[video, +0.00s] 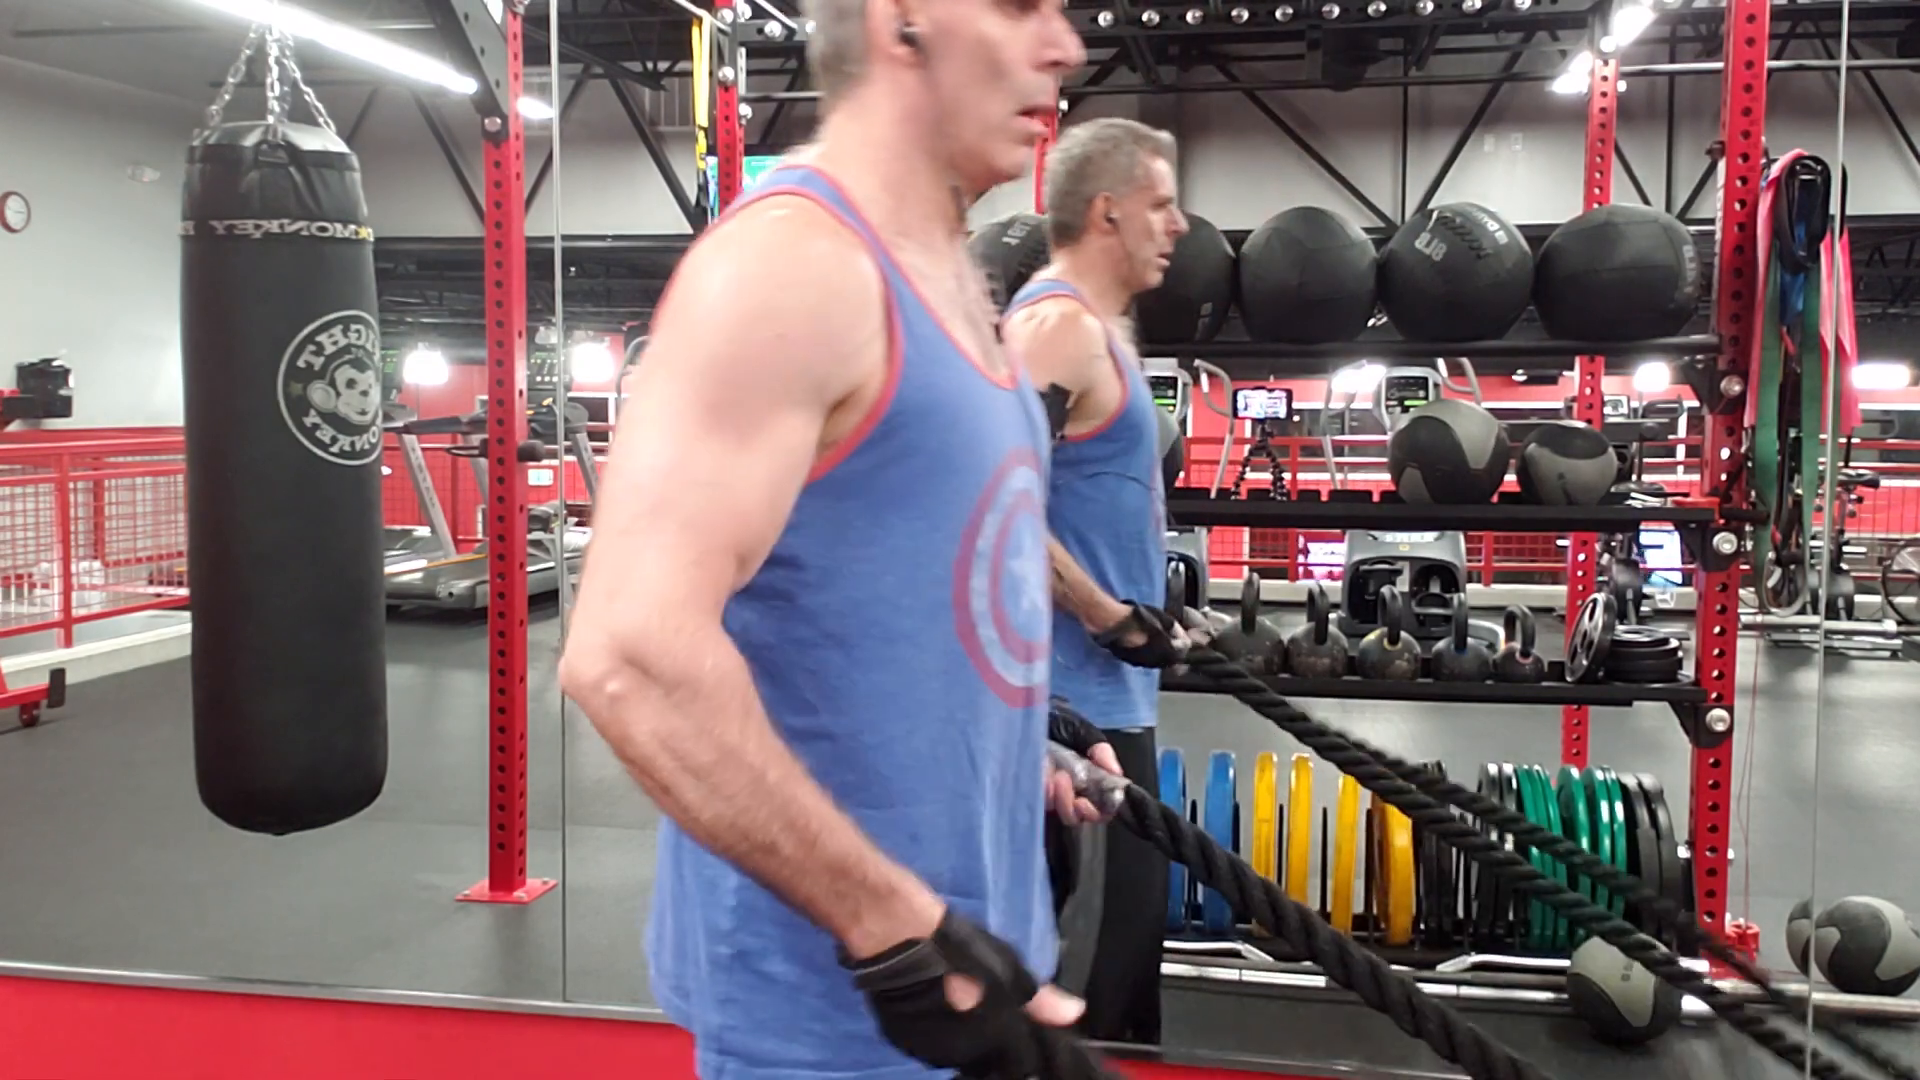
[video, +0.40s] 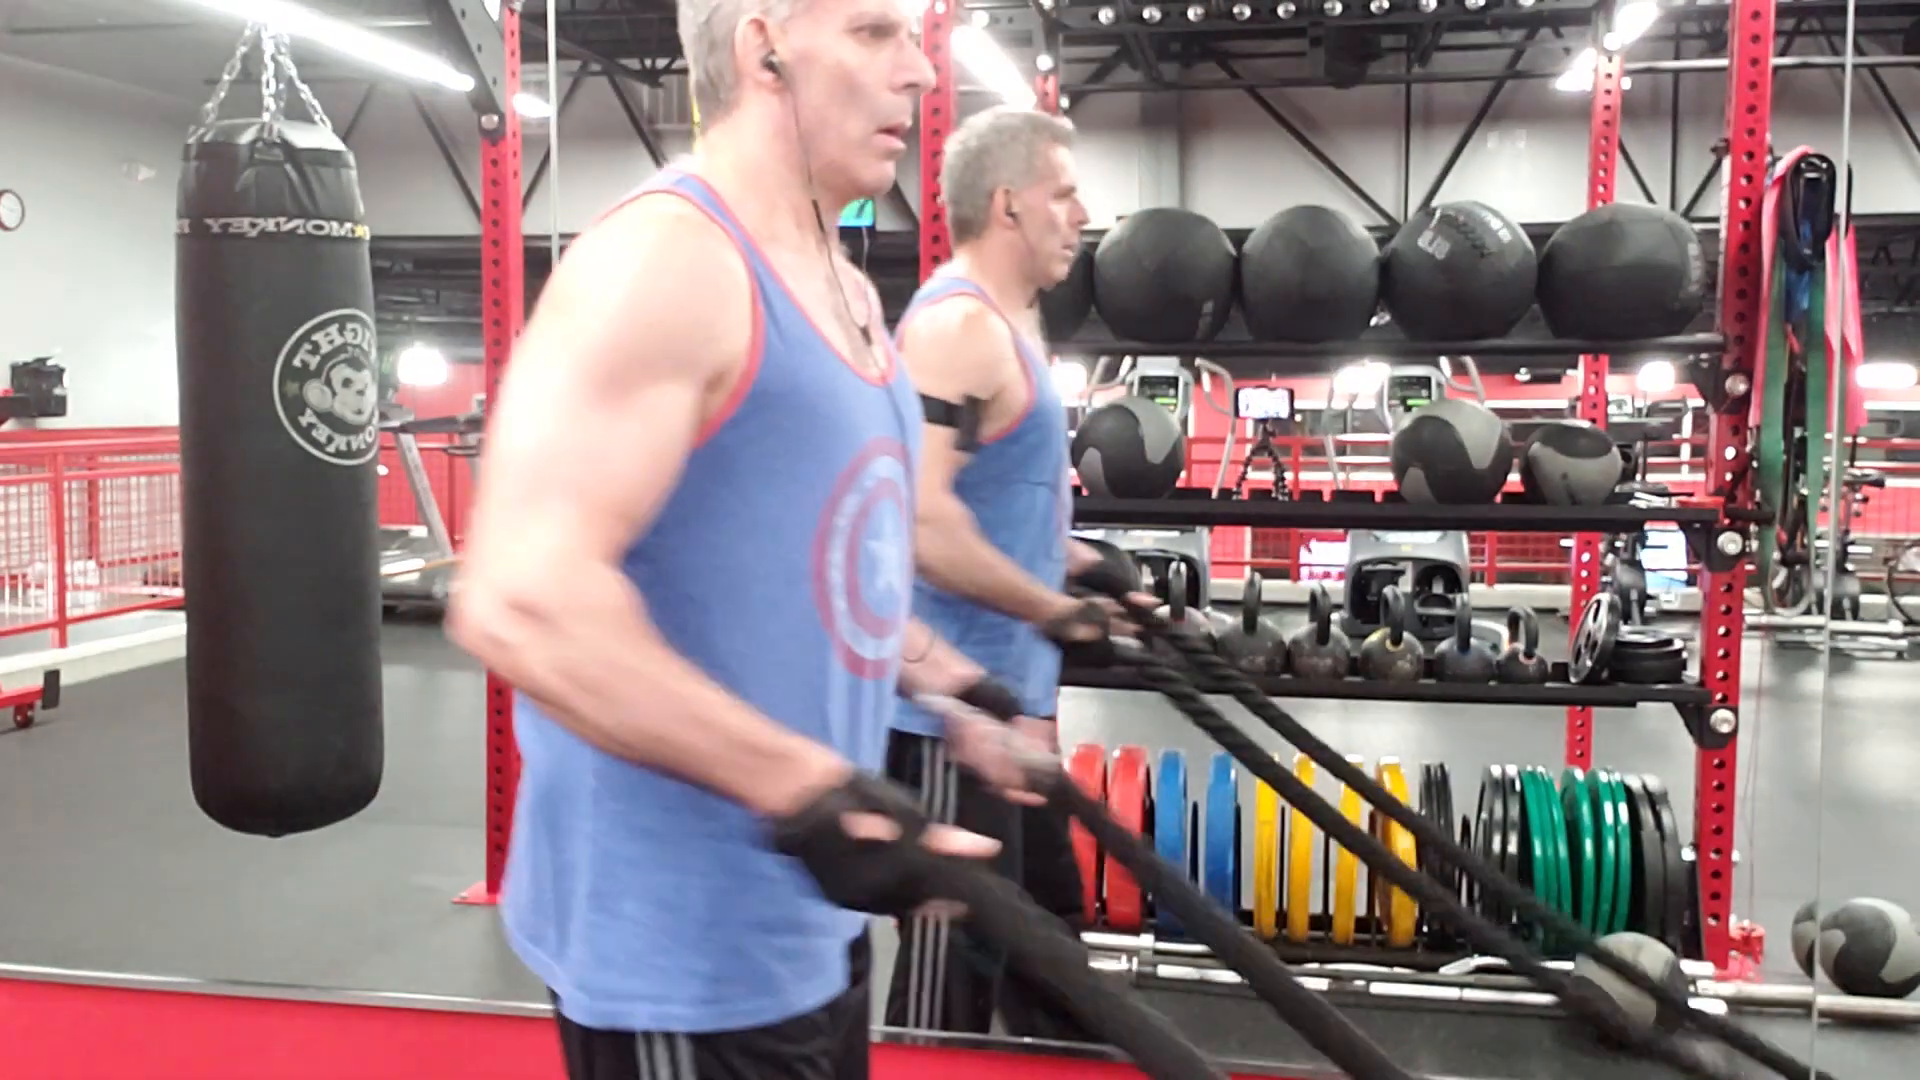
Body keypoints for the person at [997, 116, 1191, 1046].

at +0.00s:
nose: (1179, 226)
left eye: (1177, 206)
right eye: (1164, 205)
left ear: (1104, 213)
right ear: (1104, 212)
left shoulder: (1098, 328)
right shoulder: (1064, 329)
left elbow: (1079, 504)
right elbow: (1000, 504)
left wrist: (1156, 596)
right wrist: (1112, 618)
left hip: (1109, 695)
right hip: (1077, 702)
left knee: (1121, 931)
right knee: (1109, 934)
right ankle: (1086, 1068)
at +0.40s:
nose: (1082, 216)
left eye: (1079, 195)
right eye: (1065, 194)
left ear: (1009, 209)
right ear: (1004, 205)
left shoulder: (1005, 323)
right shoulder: (958, 326)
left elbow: (995, 500)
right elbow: (918, 518)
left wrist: (1084, 566)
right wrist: (1059, 611)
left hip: (1008, 696)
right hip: (951, 704)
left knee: (1035, 943)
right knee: (955, 954)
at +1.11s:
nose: (1012, 248)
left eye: (1013, 227)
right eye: (1001, 225)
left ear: (942, 218)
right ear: (939, 216)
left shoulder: (923, 327)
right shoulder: (889, 326)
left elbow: (925, 515)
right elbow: (869, 519)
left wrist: (1009, 601)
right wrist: (1000, 616)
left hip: (921, 670)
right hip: (892, 676)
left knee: (902, 917)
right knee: (984, 903)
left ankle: (891, 1062)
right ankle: (955, 1065)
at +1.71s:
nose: (1047, 269)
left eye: (1051, 248)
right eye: (1037, 244)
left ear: (982, 236)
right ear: (978, 233)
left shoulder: (935, 345)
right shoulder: (908, 348)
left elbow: (928, 539)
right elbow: (887, 552)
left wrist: (1012, 624)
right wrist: (1018, 666)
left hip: (944, 724)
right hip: (899, 735)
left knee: (976, 975)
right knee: (939, 1000)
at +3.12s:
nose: (1043, 284)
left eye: (1042, 263)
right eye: (1028, 261)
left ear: (977, 269)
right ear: (972, 265)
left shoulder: (951, 381)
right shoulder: (914, 380)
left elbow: (948, 575)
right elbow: (888, 575)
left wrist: (1019, 674)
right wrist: (1006, 696)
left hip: (941, 718)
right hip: (895, 725)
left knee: (988, 931)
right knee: (991, 929)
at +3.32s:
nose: (1029, 279)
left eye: (1027, 259)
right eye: (1015, 258)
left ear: (961, 265)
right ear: (956, 262)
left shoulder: (942, 379)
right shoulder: (904, 377)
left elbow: (941, 570)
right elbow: (884, 574)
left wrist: (1018, 664)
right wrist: (1008, 692)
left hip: (945, 724)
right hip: (901, 732)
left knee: (1005, 930)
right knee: (993, 938)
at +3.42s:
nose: (1034, 278)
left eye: (1031, 258)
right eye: (1018, 257)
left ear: (968, 268)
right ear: (961, 264)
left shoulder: (946, 383)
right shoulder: (903, 382)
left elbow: (944, 574)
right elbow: (880, 579)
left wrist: (1016, 670)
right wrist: (1000, 700)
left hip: (946, 723)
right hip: (896, 730)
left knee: (1002, 926)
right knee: (993, 930)